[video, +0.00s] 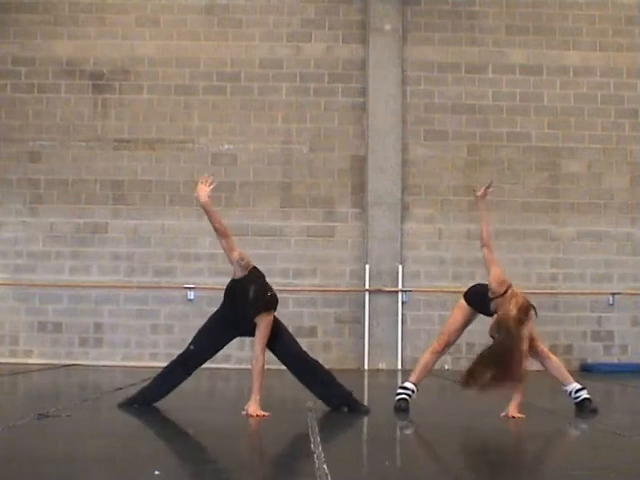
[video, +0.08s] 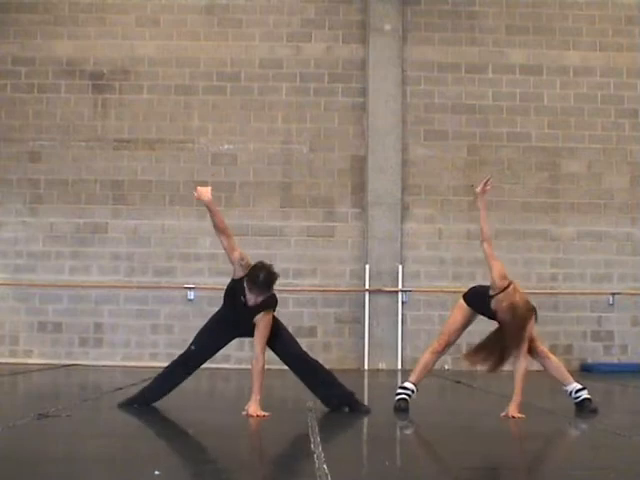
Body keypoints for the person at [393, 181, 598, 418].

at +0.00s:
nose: (504, 321)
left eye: (509, 323)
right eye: (504, 317)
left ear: (521, 322)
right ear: (505, 305)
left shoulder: (523, 325)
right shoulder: (498, 286)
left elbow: (519, 368)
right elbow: (486, 244)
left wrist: (515, 403)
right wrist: (482, 204)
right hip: (477, 299)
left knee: (542, 351)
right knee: (442, 344)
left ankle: (576, 391)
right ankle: (408, 388)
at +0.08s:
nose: (498, 306)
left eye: (501, 310)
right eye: (500, 302)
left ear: (511, 319)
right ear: (505, 296)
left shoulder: (523, 325)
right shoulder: (500, 282)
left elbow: (521, 365)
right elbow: (486, 241)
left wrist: (514, 404)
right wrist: (481, 200)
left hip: (500, 319)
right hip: (476, 301)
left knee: (540, 351)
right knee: (441, 345)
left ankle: (576, 391)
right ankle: (407, 389)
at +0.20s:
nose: (509, 291)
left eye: (515, 291)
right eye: (511, 286)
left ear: (522, 299)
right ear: (509, 282)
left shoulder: (520, 320)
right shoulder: (500, 276)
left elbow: (518, 362)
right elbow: (487, 238)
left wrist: (513, 404)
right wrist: (478, 200)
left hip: (500, 322)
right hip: (474, 303)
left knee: (537, 351)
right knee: (441, 345)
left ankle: (577, 391)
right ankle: (407, 389)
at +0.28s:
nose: (517, 282)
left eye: (523, 280)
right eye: (514, 275)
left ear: (529, 285)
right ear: (507, 273)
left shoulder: (522, 312)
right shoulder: (498, 273)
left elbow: (520, 358)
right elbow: (487, 234)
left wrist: (514, 402)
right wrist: (459, 206)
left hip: (503, 320)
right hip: (477, 303)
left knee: (537, 352)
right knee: (441, 344)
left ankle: (577, 392)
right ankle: (407, 389)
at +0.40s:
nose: (517, 281)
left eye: (524, 278)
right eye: (514, 275)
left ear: (530, 283)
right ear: (506, 274)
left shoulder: (523, 312)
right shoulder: (491, 279)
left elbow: (521, 358)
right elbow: (458, 261)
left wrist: (516, 402)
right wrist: (471, 281)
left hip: (503, 321)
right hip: (475, 305)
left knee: (539, 353)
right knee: (441, 345)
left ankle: (577, 392)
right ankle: (406, 390)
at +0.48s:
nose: (517, 286)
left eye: (523, 282)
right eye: (513, 279)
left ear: (530, 288)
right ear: (504, 278)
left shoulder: (526, 315)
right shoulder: (485, 295)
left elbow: (524, 358)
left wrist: (517, 402)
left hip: (512, 324)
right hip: (480, 309)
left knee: (542, 354)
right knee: (442, 343)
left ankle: (578, 392)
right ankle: (407, 389)